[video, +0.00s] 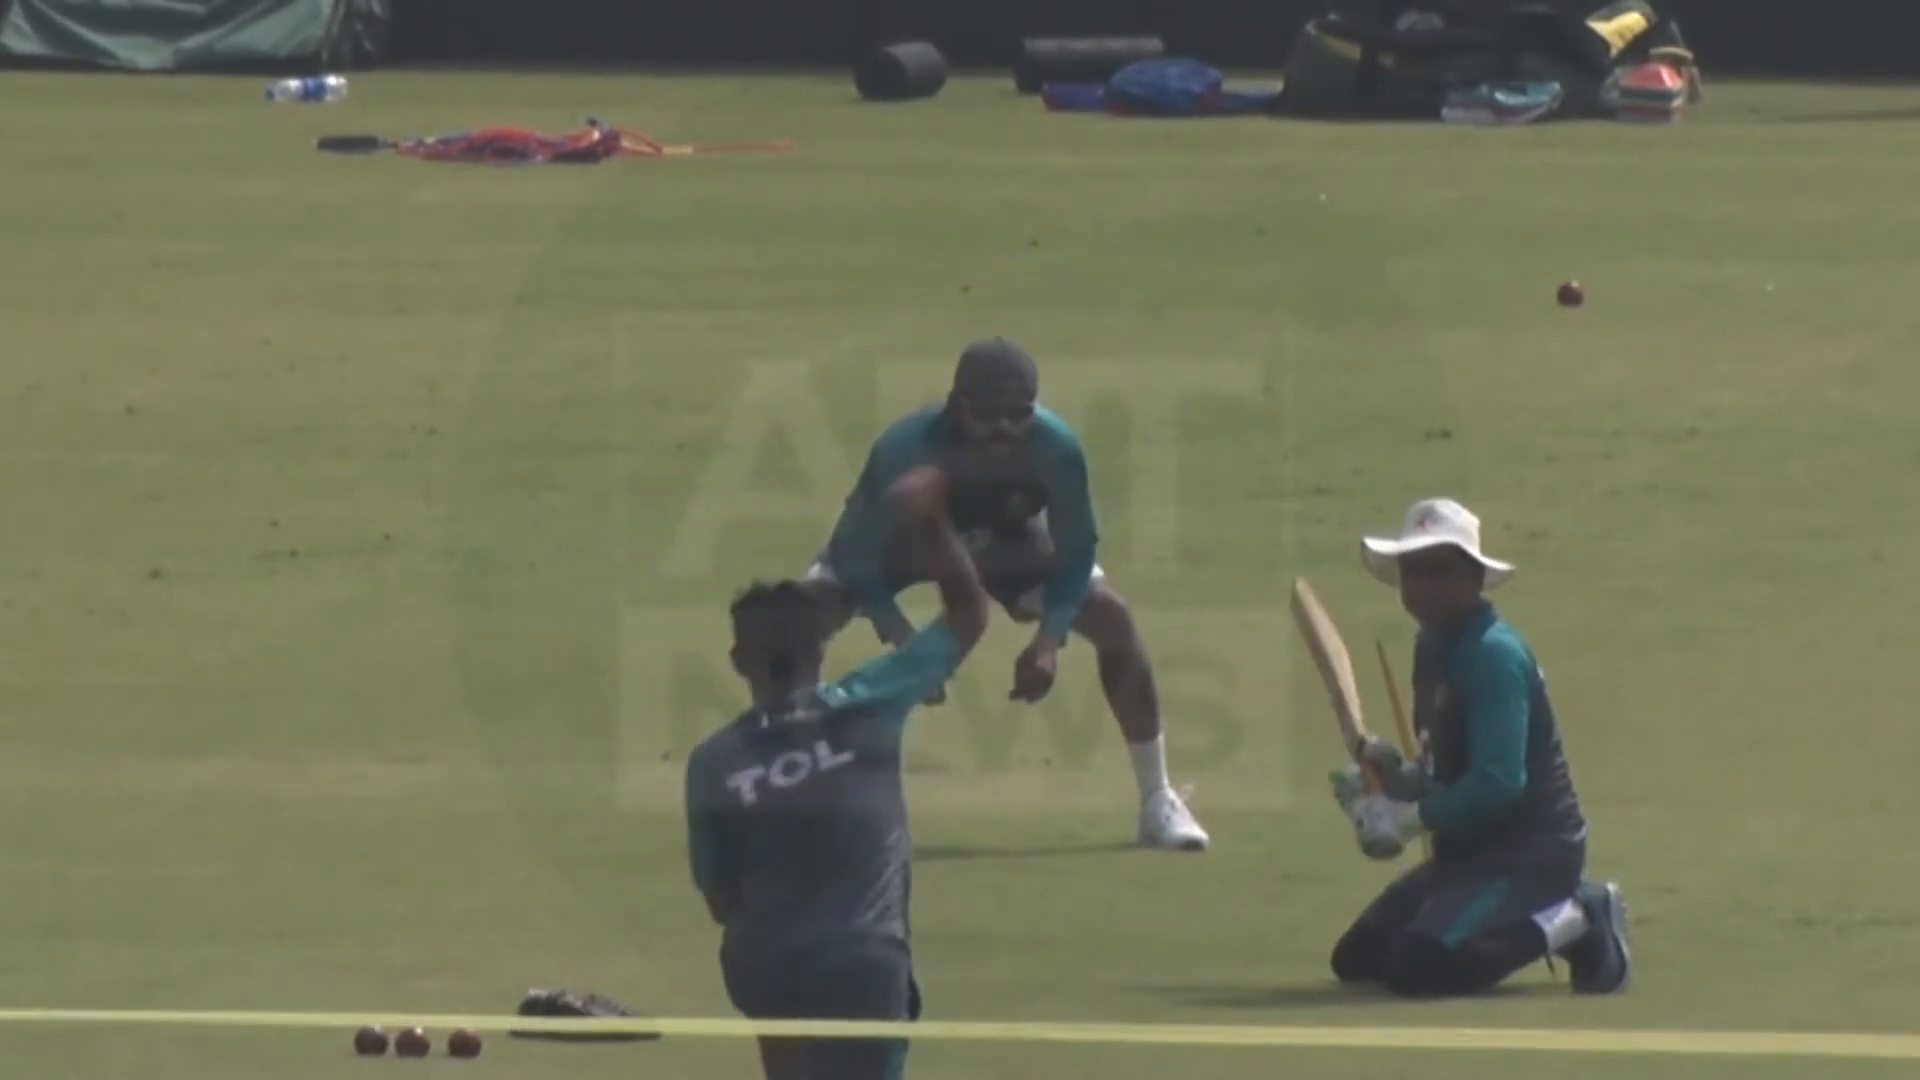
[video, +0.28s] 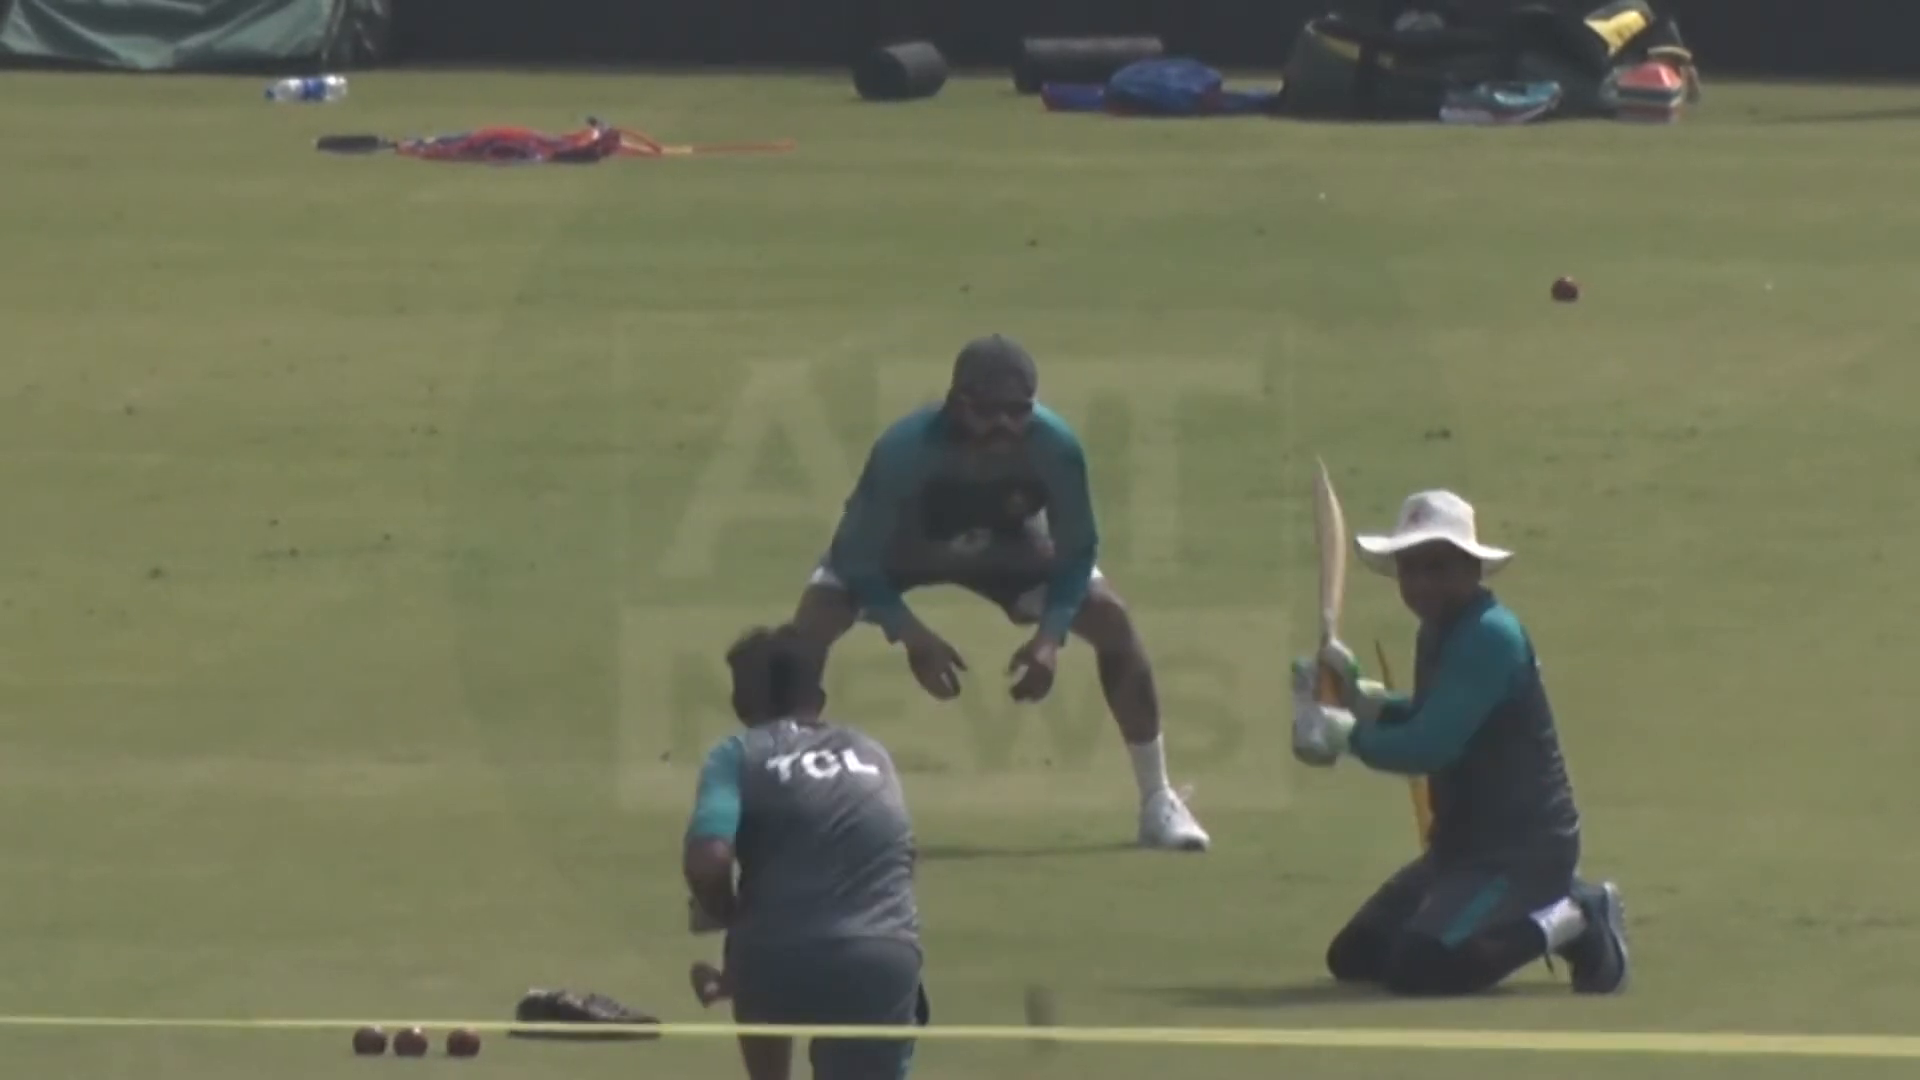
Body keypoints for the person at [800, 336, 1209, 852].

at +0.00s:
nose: (1007, 431)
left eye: (1019, 417)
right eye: (992, 418)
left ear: (1033, 408)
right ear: (959, 407)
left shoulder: (1056, 451)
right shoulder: (904, 450)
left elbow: (1078, 549)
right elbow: (851, 556)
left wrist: (1049, 643)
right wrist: (906, 642)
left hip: (1007, 545)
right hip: (907, 543)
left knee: (1114, 620)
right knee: (801, 622)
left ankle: (1159, 801)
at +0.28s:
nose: (1007, 427)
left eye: (1019, 412)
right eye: (992, 414)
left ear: (1033, 406)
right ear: (958, 402)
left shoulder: (1055, 449)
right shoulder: (903, 451)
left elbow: (1077, 549)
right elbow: (853, 558)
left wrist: (1050, 639)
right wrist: (913, 636)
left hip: (1005, 552)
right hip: (903, 552)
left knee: (1113, 622)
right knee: (813, 622)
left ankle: (1160, 801)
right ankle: (774, 789)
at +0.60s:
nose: (1004, 368)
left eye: (1017, 354)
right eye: (988, 354)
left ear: (1033, 355)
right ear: (957, 353)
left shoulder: (1056, 403)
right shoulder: (912, 403)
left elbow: (1060, 532)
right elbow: (896, 542)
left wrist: (1017, 538)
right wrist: (974, 543)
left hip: (1009, 538)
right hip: (907, 529)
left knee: (1116, 623)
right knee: (824, 624)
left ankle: (1159, 800)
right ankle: (783, 789)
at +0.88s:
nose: (1059, 375)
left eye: (1070, 361)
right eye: (1043, 361)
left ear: (1085, 360)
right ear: (1008, 356)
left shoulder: (1097, 383)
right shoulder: (970, 413)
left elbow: (1137, 449)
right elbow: (1031, 536)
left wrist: (1160, 490)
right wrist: (1105, 519)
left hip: (1022, 520)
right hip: (926, 526)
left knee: (1116, 618)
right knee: (858, 627)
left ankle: (1159, 800)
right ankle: (793, 775)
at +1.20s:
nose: (1169, 384)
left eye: (1173, 371)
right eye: (1162, 369)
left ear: (1169, 360)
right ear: (1128, 358)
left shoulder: (1145, 369)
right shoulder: (1055, 390)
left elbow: (1160, 444)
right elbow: (1045, 526)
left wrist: (1183, 515)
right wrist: (1147, 558)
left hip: (1034, 498)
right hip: (952, 495)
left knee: (1155, 605)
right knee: (888, 636)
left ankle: (1168, 799)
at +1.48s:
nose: (1268, 302)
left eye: (1272, 288)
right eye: (1262, 286)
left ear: (1228, 281)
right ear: (1219, 276)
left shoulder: (1211, 329)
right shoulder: (1122, 316)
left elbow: (1187, 423)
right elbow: (1034, 419)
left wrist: (1203, 510)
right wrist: (1063, 526)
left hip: (1109, 469)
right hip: (1023, 459)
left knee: (1196, 609)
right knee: (919, 626)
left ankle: (1163, 807)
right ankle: (793, 751)